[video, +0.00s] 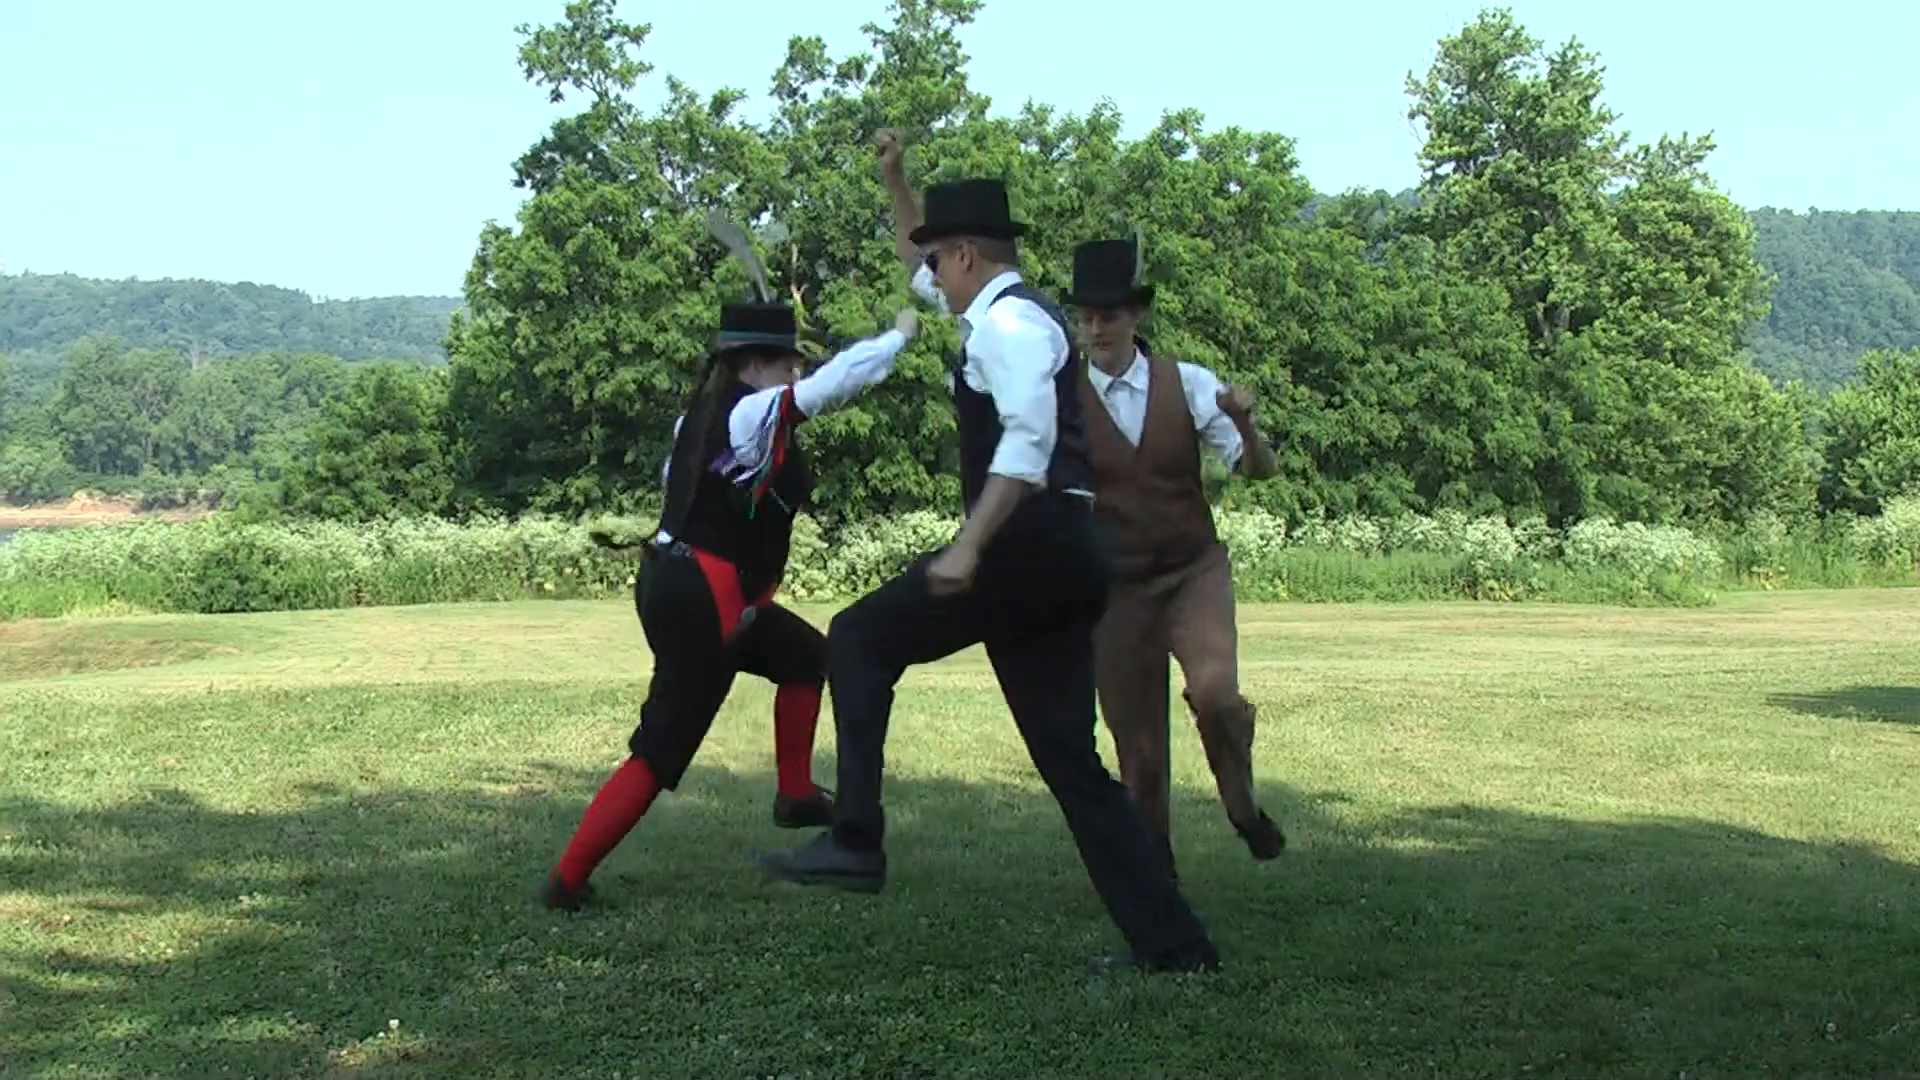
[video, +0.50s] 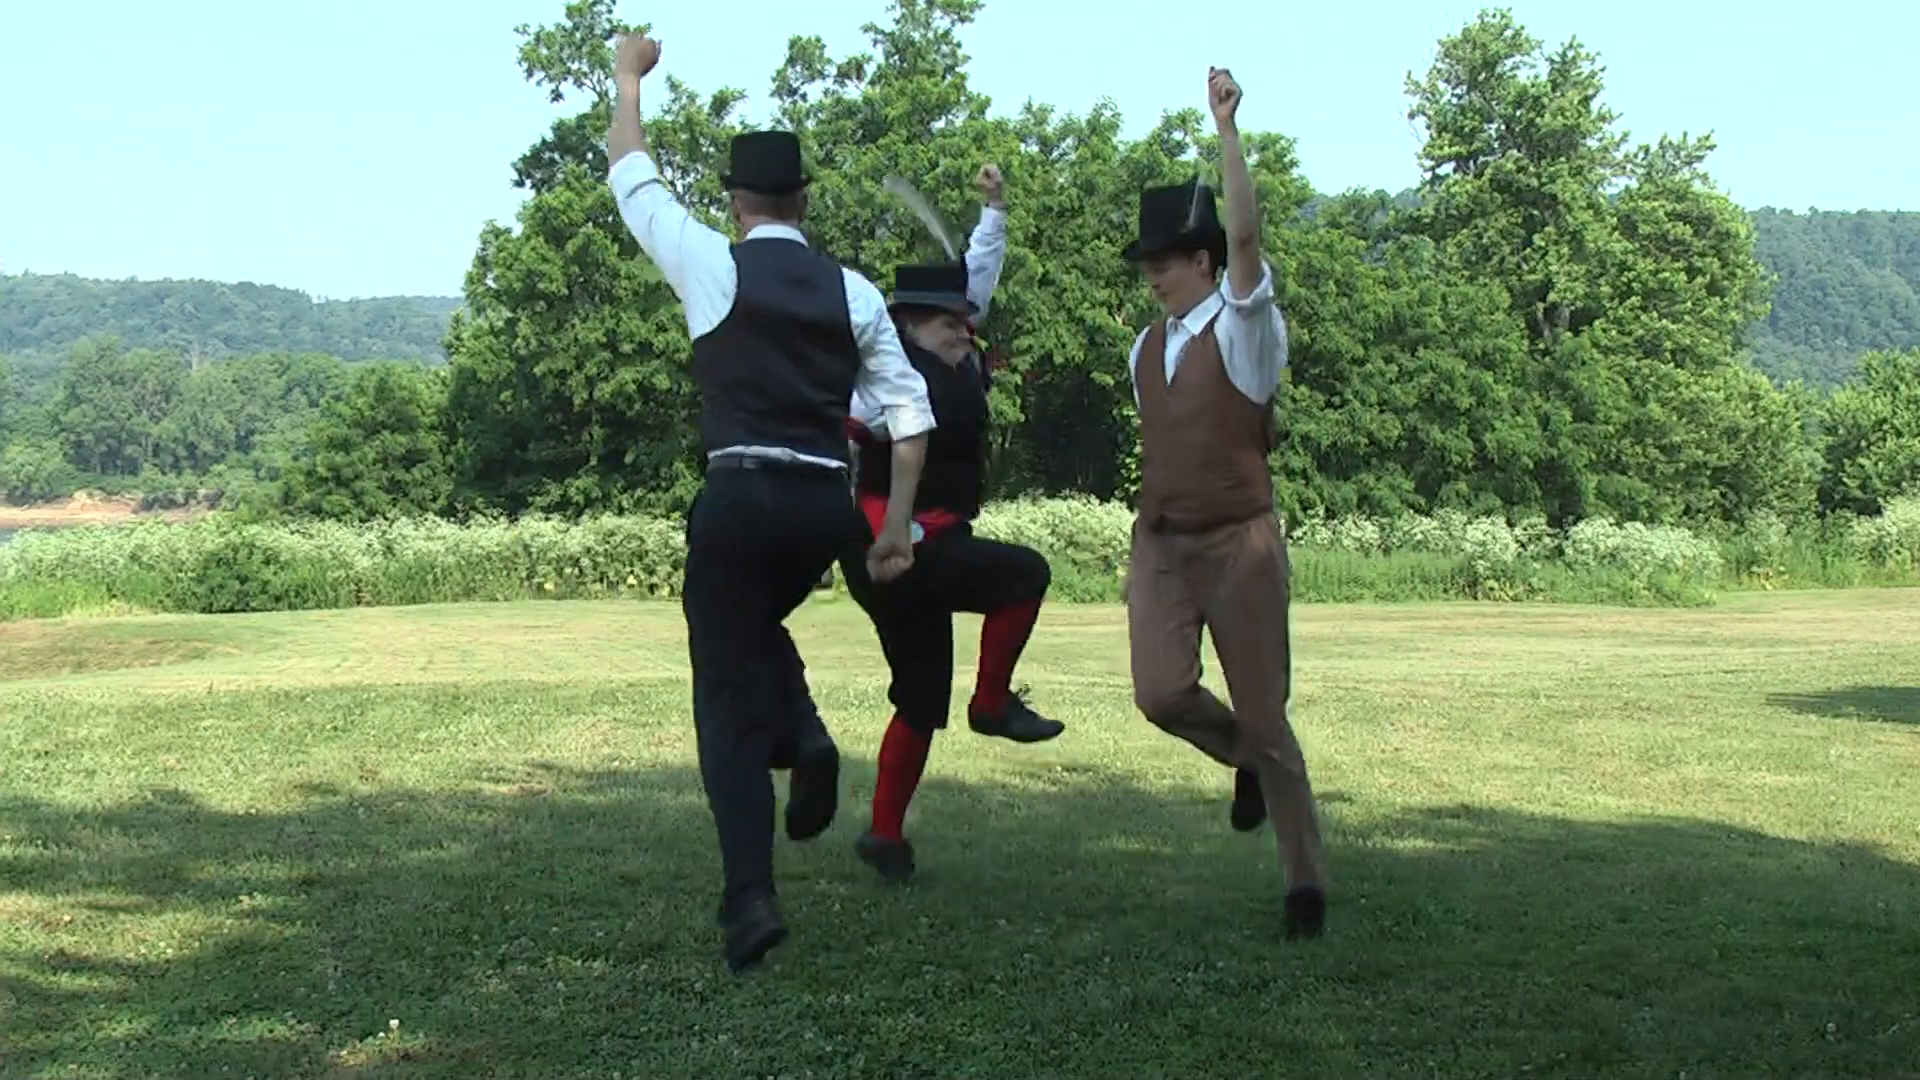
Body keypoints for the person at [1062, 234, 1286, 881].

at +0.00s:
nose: (1096, 328)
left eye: (1109, 316)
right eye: (1087, 317)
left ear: (1137, 317)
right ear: (1077, 320)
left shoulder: (1189, 385)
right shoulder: (1060, 393)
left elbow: (1259, 467)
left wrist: (1246, 425)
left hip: (1195, 573)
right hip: (1116, 589)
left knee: (1216, 696)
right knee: (1140, 758)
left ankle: (1243, 810)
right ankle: (1153, 891)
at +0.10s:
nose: (1116, 318)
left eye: (1129, 305)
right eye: (1107, 306)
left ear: (1159, 306)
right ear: (1097, 311)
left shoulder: (1206, 372)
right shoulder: (1077, 403)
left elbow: (1290, 377)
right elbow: (1078, 495)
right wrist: (1092, 558)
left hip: (1218, 570)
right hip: (1136, 586)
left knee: (1238, 698)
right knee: (1151, 741)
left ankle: (1266, 844)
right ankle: (1155, 874)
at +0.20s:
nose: (1137, 319)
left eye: (1152, 305)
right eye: (1128, 307)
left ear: (1188, 304)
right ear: (1120, 313)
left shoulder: (1234, 370)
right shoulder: (1108, 405)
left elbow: (1283, 301)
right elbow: (1117, 507)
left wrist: (1254, 207)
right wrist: (1109, 606)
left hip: (1240, 576)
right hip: (1156, 588)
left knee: (1258, 733)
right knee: (1166, 743)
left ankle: (1298, 891)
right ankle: (1166, 869)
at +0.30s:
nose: (1157, 331)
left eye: (1169, 316)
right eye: (1151, 320)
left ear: (1209, 313)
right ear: (1152, 326)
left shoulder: (1249, 383)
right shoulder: (1138, 414)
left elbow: (1266, 287)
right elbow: (1144, 521)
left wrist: (1265, 183)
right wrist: (1115, 615)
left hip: (1257, 601)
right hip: (1174, 612)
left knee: (1269, 762)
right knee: (1164, 783)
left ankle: (1312, 920)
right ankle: (1196, 841)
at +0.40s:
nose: (1159, 302)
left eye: (1171, 289)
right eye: (1155, 290)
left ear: (1211, 287)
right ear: (1162, 299)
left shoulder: (1247, 354)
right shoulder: (1149, 382)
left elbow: (1260, 264)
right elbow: (1161, 492)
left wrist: (1249, 151)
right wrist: (1133, 581)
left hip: (1252, 577)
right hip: (1172, 584)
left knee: (1285, 751)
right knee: (1162, 742)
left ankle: (1306, 906)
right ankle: (1236, 799)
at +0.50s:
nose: (1154, 279)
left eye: (1162, 264)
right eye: (1148, 268)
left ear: (1204, 260)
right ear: (1154, 275)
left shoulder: (1245, 325)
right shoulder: (1147, 348)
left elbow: (1245, 239)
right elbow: (1162, 443)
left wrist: (1227, 129)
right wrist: (1148, 530)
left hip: (1241, 546)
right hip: (1159, 546)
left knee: (1263, 726)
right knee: (1161, 696)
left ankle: (1303, 885)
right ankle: (1250, 754)